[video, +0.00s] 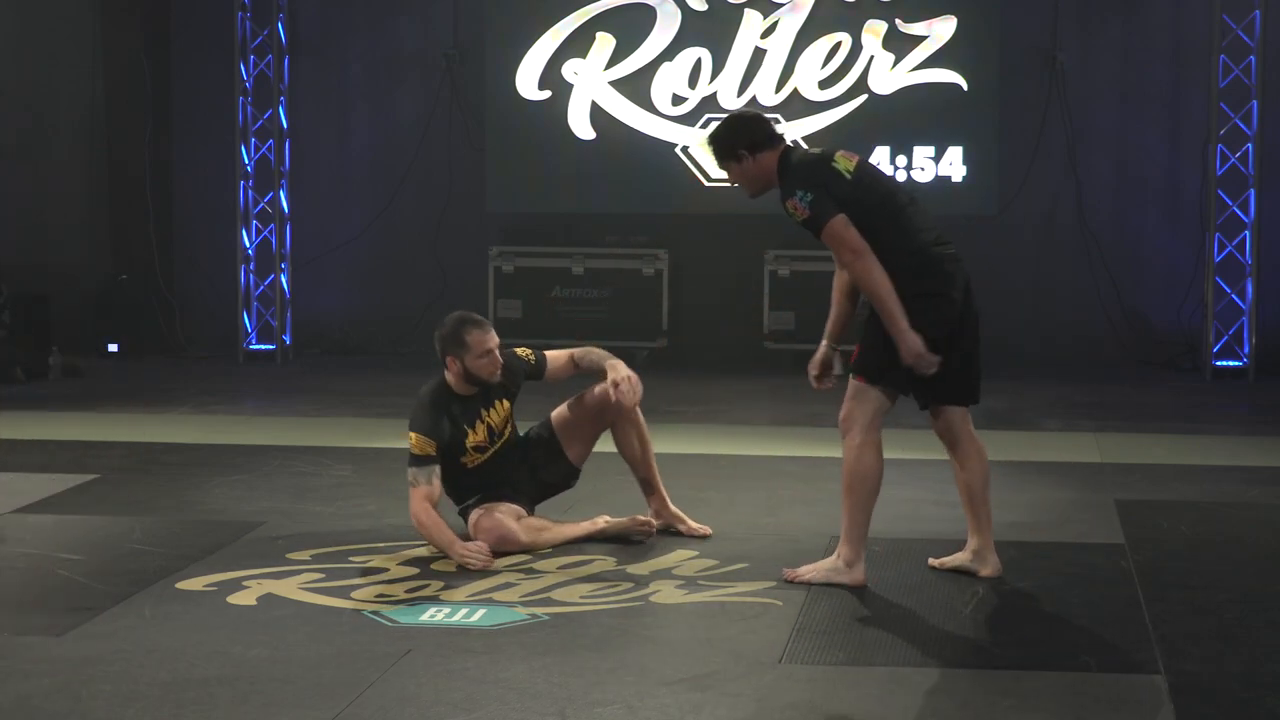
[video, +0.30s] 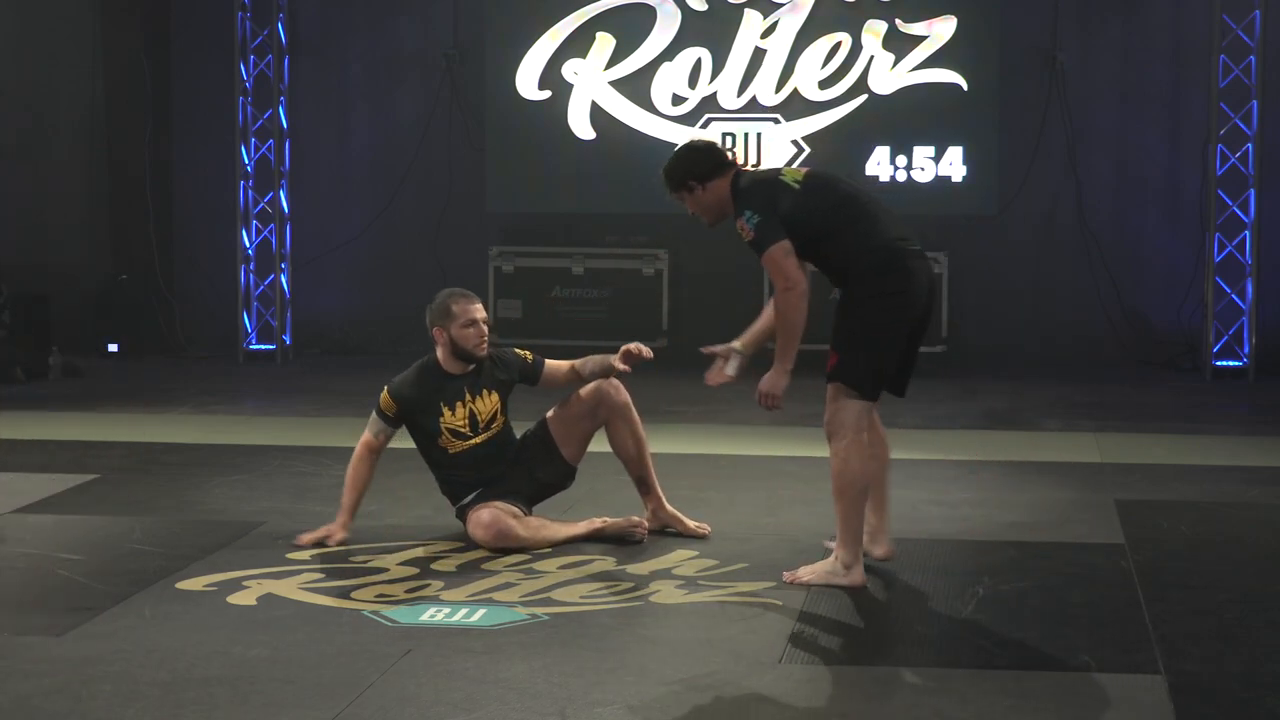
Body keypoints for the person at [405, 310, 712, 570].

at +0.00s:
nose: (499, 360)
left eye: (498, 349)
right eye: (486, 356)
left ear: (499, 342)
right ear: (455, 364)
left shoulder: (506, 364)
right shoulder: (431, 411)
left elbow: (576, 358)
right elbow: (421, 507)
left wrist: (613, 364)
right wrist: (456, 549)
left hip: (526, 459)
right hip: (489, 496)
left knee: (614, 396)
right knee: (493, 533)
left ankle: (661, 506)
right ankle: (596, 527)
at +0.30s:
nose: (485, 331)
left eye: (485, 322)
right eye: (474, 325)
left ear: (483, 324)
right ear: (442, 334)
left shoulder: (498, 361)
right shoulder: (407, 390)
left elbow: (570, 371)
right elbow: (367, 450)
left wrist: (613, 360)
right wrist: (342, 521)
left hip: (523, 464)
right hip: (482, 497)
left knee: (607, 392)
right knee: (490, 529)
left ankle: (657, 508)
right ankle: (593, 528)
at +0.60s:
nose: (467, 333)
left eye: (468, 323)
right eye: (454, 327)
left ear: (469, 325)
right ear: (424, 335)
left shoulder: (487, 362)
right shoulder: (390, 391)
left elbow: (563, 368)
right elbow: (359, 449)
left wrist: (571, 339)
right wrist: (325, 517)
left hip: (515, 463)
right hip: (478, 496)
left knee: (592, 383)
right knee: (493, 527)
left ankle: (574, 499)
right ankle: (592, 529)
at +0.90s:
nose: (452, 329)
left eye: (452, 320)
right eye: (441, 324)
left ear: (451, 321)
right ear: (410, 330)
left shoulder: (470, 358)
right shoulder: (375, 383)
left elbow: (535, 394)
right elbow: (349, 446)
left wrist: (564, 382)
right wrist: (324, 517)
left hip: (503, 455)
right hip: (467, 491)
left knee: (585, 383)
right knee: (501, 524)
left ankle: (566, 496)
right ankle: (620, 523)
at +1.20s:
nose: (452, 339)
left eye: (452, 329)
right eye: (440, 333)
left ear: (452, 330)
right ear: (409, 342)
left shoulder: (467, 364)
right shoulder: (379, 394)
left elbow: (531, 413)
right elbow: (347, 451)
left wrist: (572, 415)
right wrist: (323, 518)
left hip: (505, 453)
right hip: (479, 497)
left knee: (577, 378)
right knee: (567, 502)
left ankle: (564, 505)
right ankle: (688, 501)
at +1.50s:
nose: (457, 337)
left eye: (453, 329)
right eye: (444, 335)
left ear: (455, 331)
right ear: (417, 355)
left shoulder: (472, 353)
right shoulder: (405, 415)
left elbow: (531, 320)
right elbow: (376, 491)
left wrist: (574, 271)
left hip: (520, 460)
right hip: (499, 500)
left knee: (574, 359)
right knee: (575, 433)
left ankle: (591, 492)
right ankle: (694, 411)